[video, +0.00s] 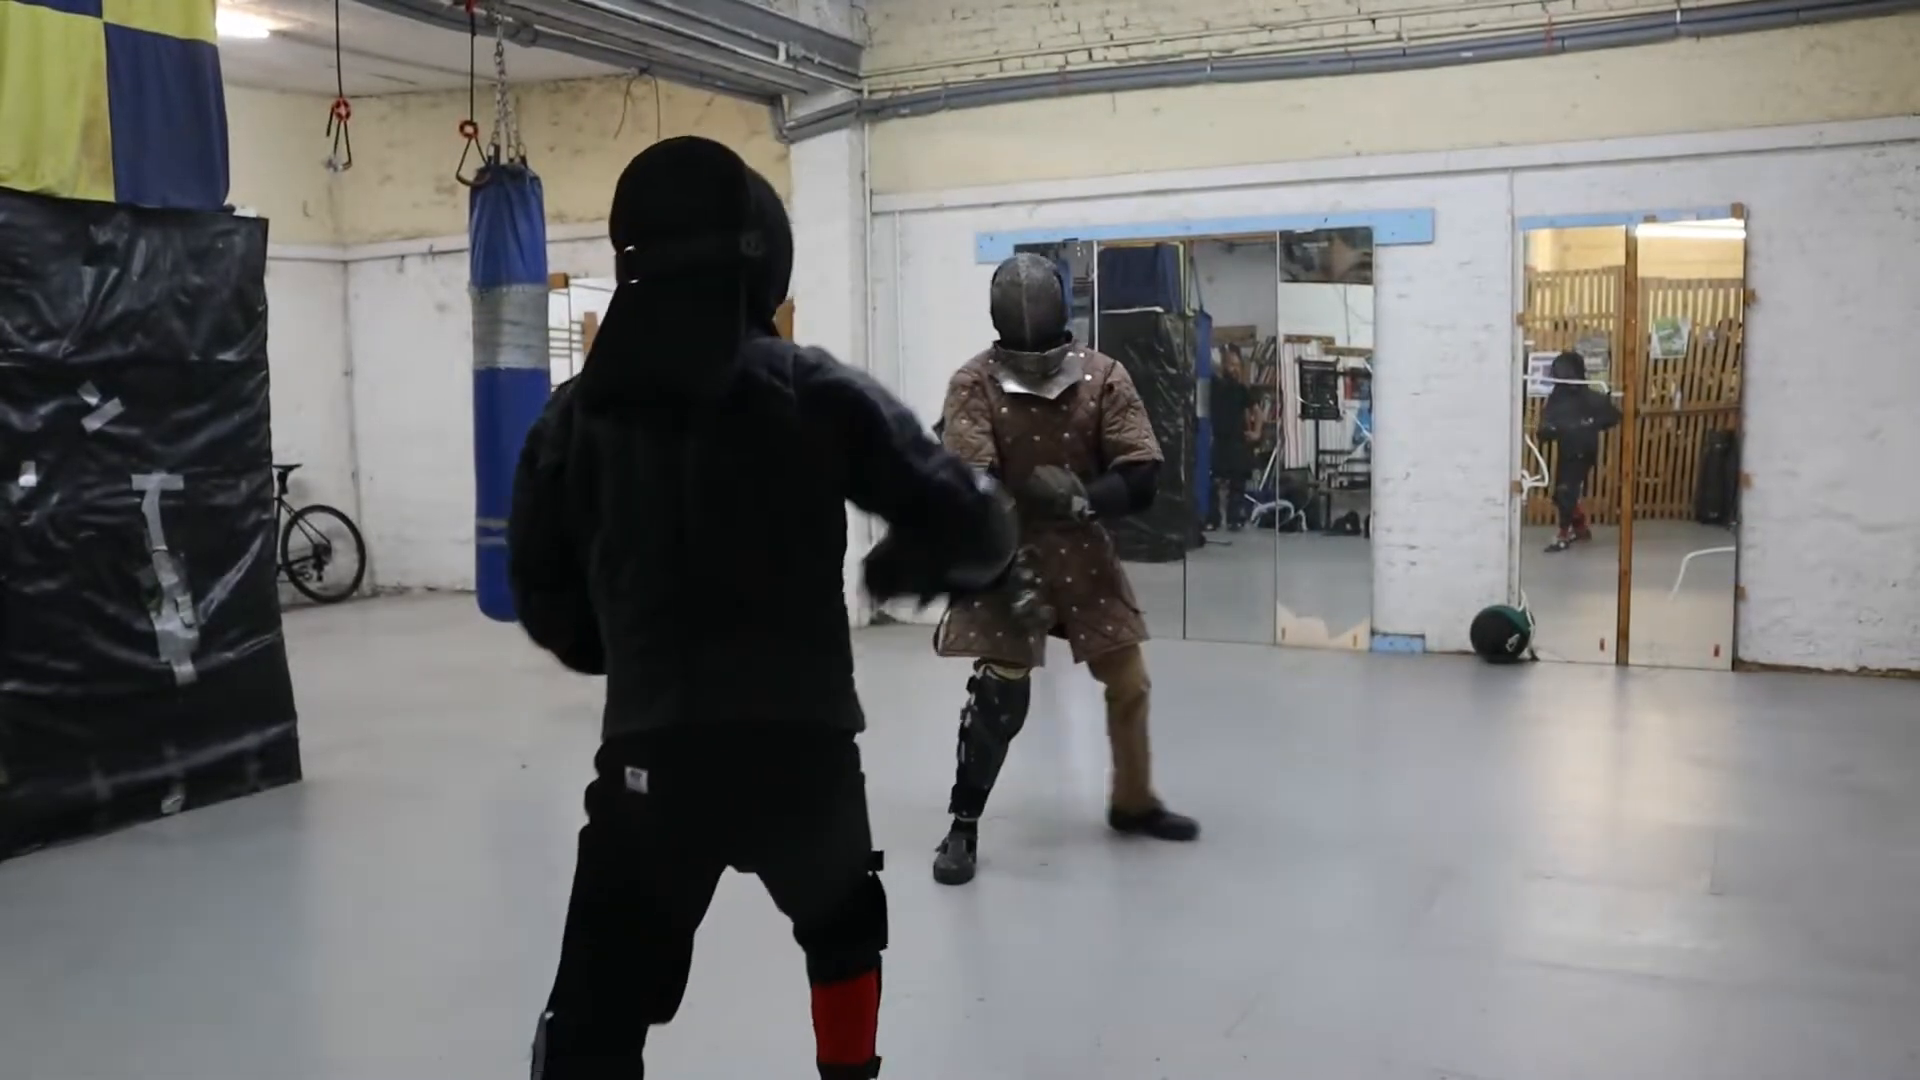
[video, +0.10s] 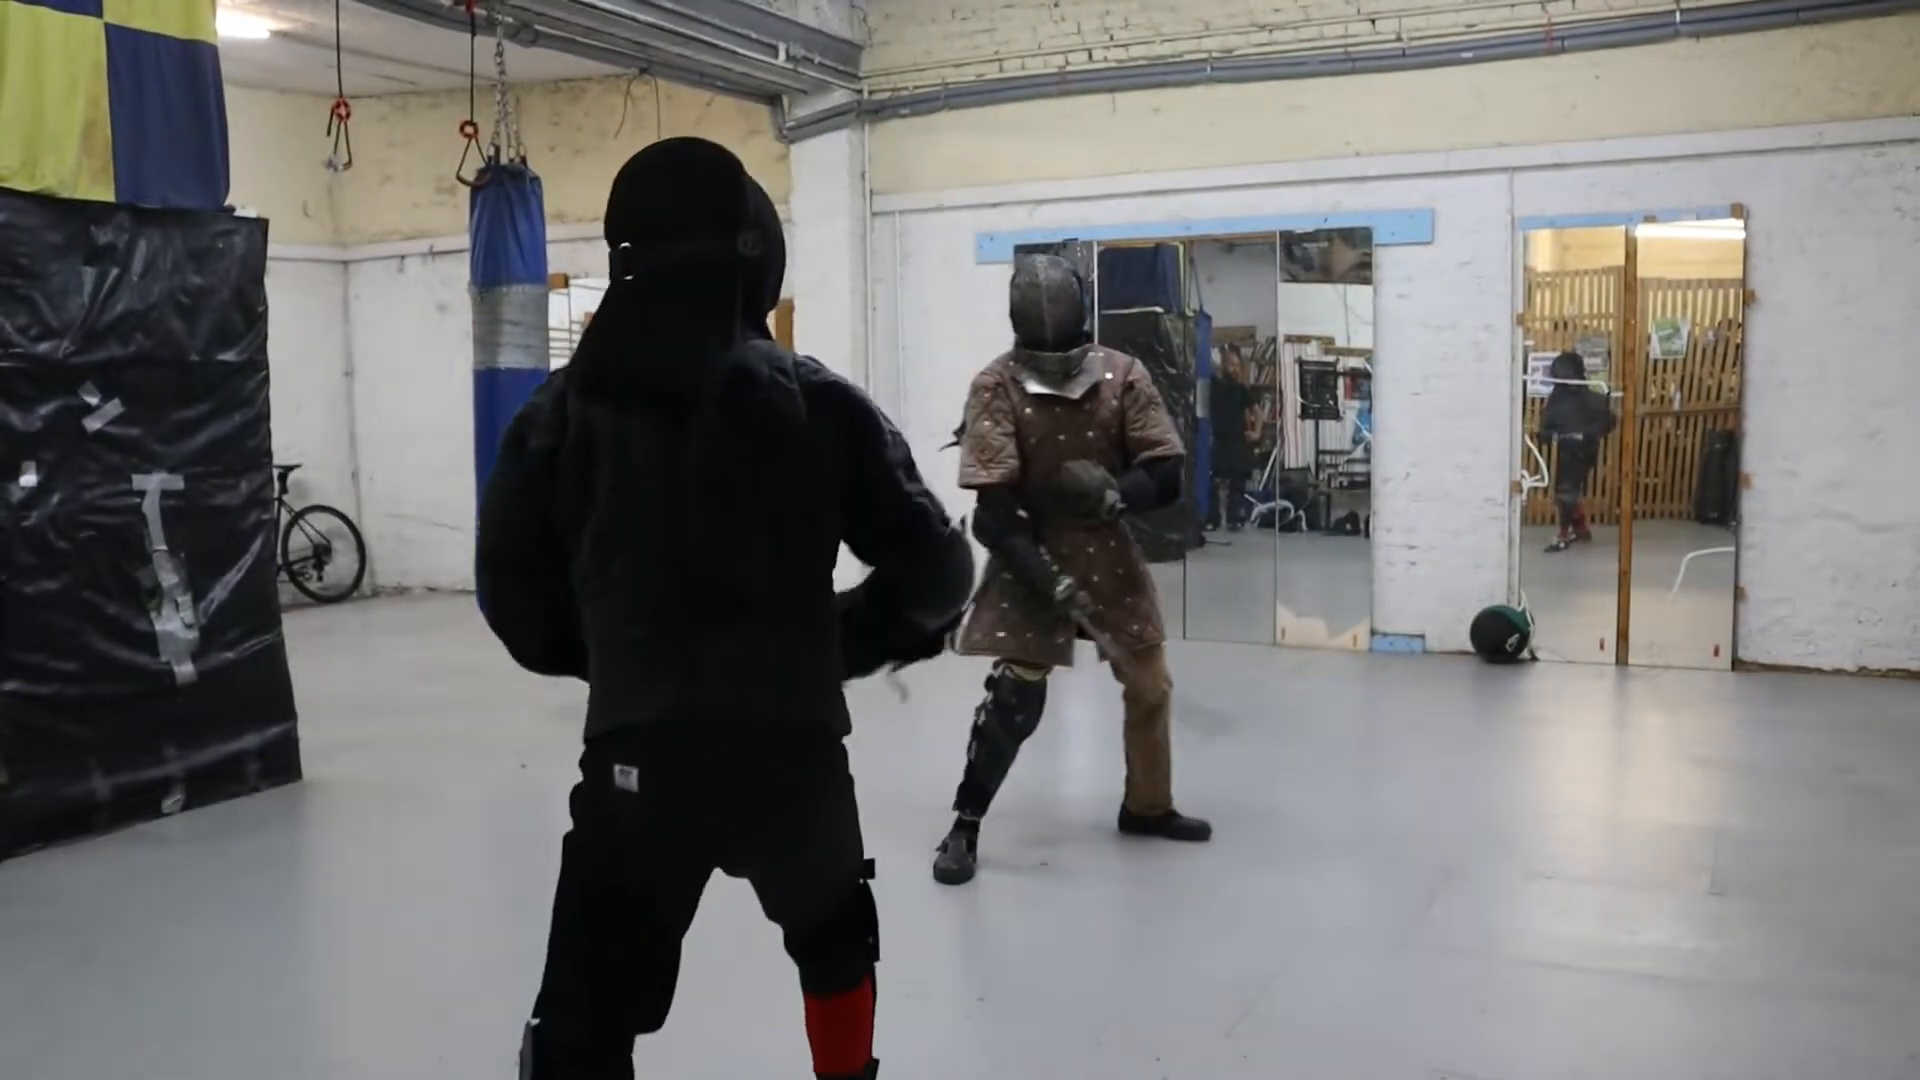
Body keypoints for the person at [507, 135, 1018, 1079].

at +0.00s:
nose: (790, 286)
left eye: (780, 261)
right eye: (779, 261)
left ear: (635, 271)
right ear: (759, 271)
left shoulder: (572, 420)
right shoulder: (812, 393)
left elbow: (548, 605)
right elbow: (970, 518)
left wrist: (636, 651)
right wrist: (900, 569)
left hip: (652, 766)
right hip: (804, 759)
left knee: (596, 1010)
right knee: (843, 925)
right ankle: (850, 1069)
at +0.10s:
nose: (778, 268)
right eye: (770, 247)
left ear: (623, 262)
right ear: (754, 260)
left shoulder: (557, 416)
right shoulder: (813, 403)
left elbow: (525, 617)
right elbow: (935, 576)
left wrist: (628, 644)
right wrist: (819, 646)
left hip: (636, 776)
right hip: (792, 770)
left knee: (582, 1027)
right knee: (834, 941)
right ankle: (846, 1070)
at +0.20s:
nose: (783, 264)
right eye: (774, 245)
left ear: (633, 259)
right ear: (759, 259)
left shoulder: (564, 402)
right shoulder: (823, 403)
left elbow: (510, 599)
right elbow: (907, 586)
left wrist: (604, 599)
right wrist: (827, 633)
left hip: (636, 764)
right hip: (790, 759)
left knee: (586, 1017)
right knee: (835, 930)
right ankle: (849, 1075)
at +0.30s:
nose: (793, 272)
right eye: (785, 251)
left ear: (651, 258)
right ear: (778, 261)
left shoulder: (586, 402)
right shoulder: (834, 410)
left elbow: (518, 589)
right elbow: (901, 604)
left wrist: (614, 558)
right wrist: (828, 634)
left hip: (645, 764)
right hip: (795, 764)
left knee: (594, 1015)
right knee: (835, 942)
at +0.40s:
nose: (805, 265)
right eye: (799, 246)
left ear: (672, 253)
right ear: (794, 257)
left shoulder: (601, 392)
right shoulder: (839, 403)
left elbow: (537, 580)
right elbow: (911, 594)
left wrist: (617, 580)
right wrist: (852, 638)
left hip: (648, 754)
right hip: (797, 753)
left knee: (590, 998)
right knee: (838, 936)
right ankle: (856, 1078)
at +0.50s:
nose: (814, 258)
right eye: (807, 239)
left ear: (676, 243)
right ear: (796, 248)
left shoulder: (598, 374)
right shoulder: (839, 391)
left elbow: (536, 558)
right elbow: (922, 575)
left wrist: (625, 605)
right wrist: (841, 636)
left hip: (645, 736)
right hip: (792, 735)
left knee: (578, 984)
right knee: (827, 942)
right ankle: (849, 1073)